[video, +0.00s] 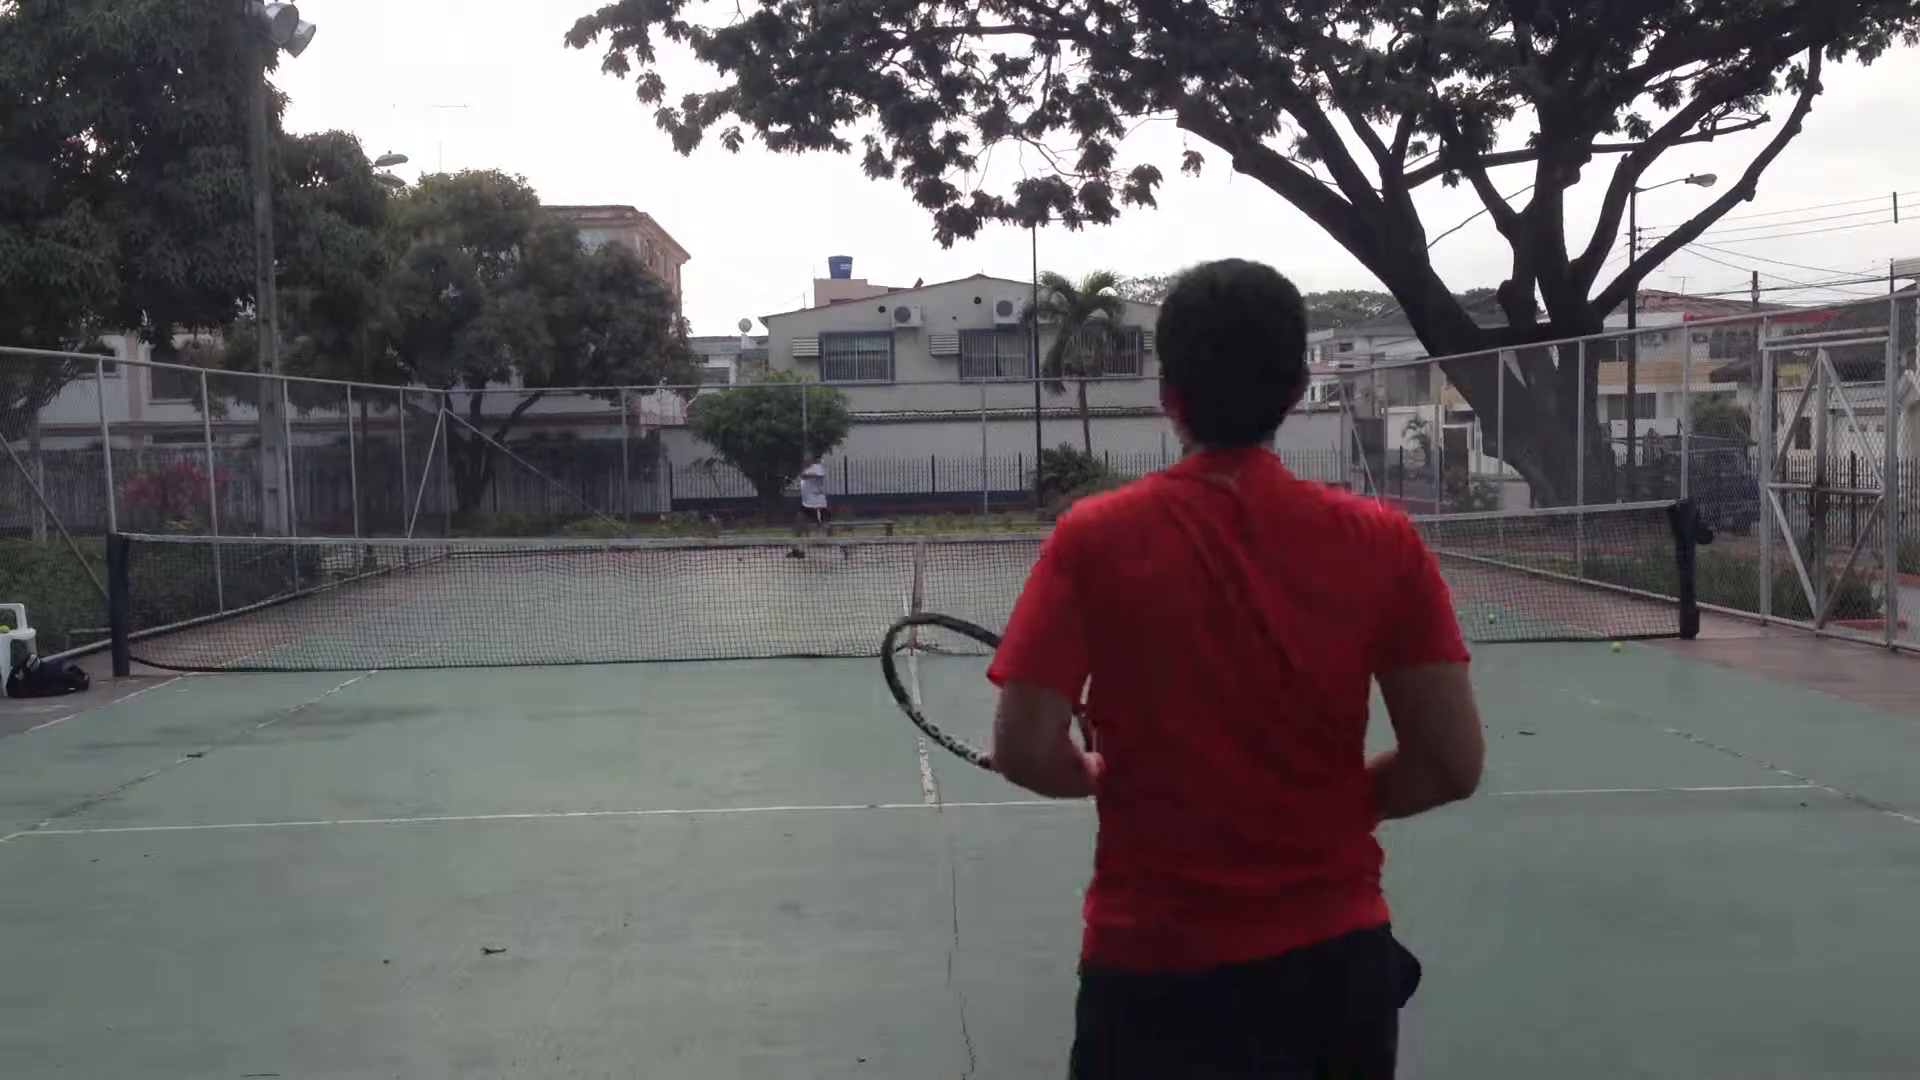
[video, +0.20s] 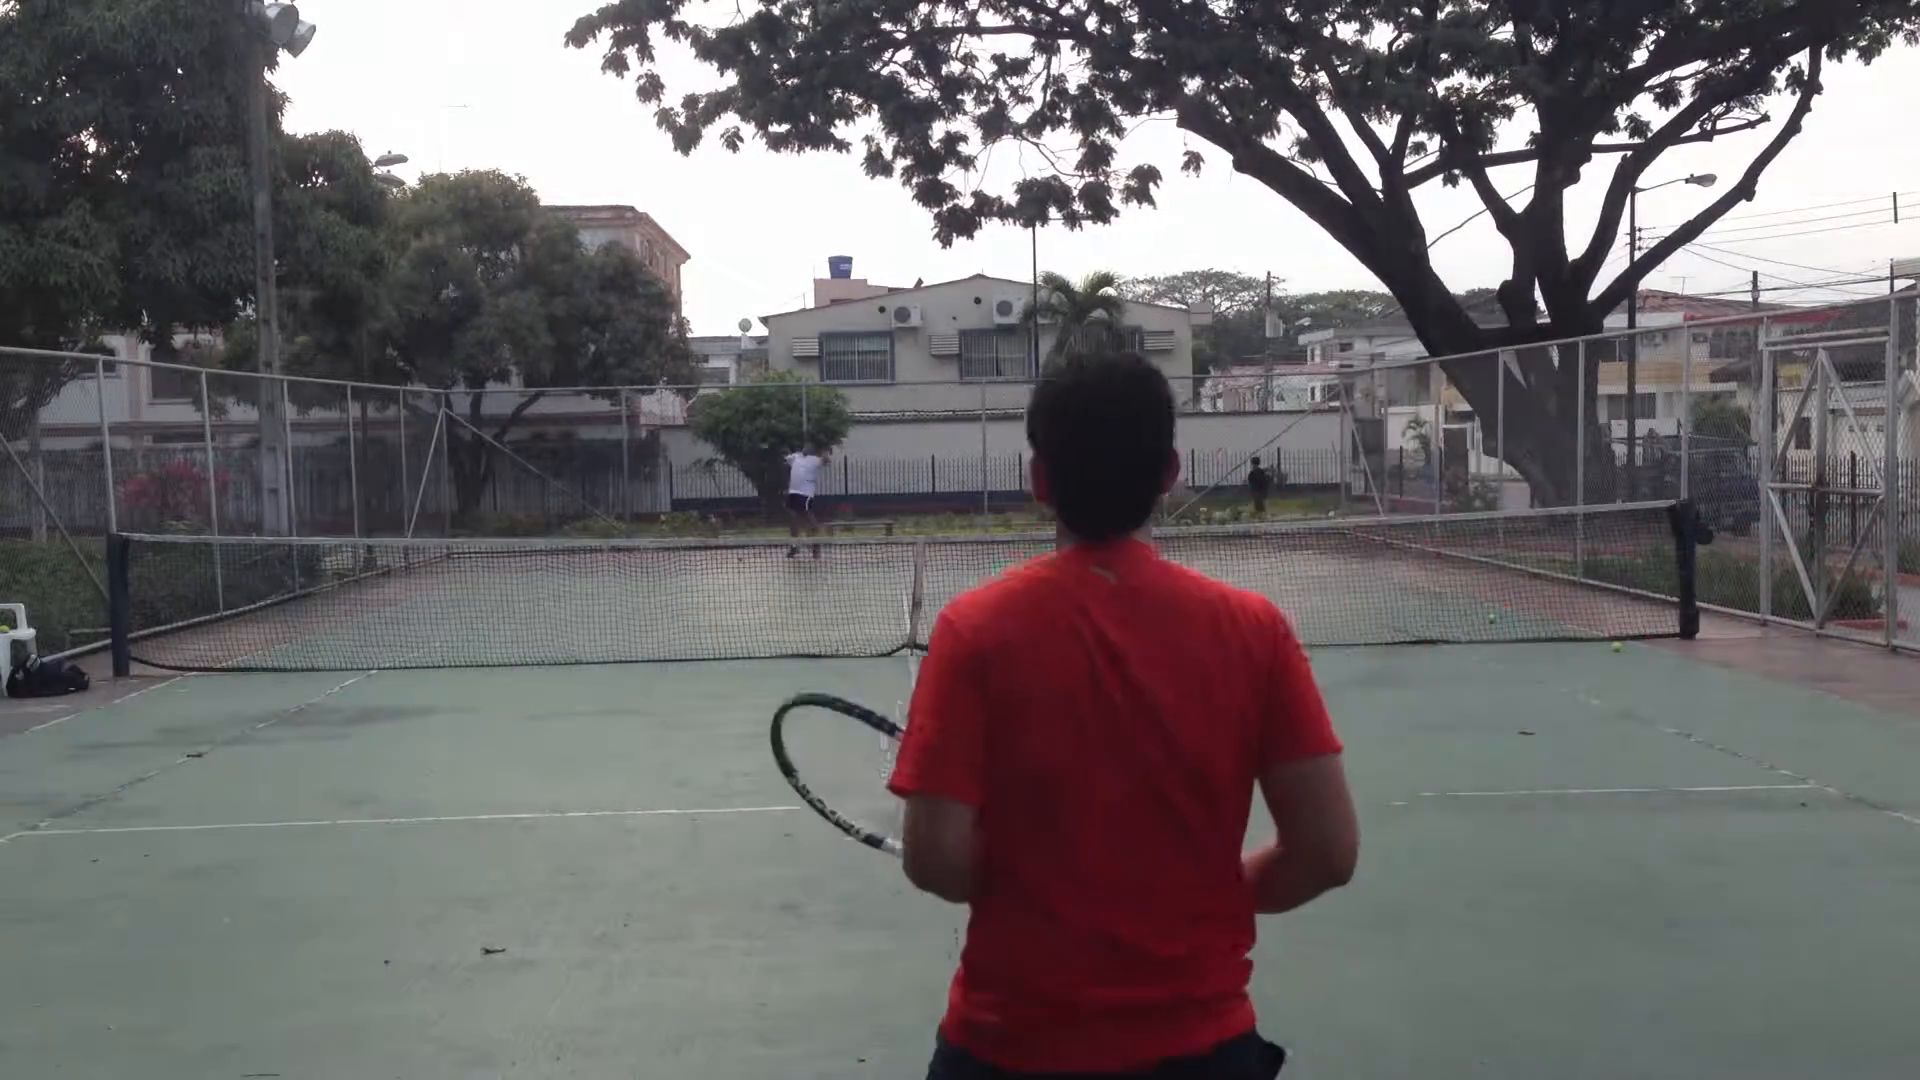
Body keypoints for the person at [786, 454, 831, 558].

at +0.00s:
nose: (805, 460)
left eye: (808, 457)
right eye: (804, 457)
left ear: (814, 458)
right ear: (804, 459)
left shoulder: (818, 467)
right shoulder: (805, 469)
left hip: (818, 504)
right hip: (806, 504)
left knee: (826, 530)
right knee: (798, 527)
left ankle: (842, 547)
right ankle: (798, 549)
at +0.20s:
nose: (807, 448)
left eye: (810, 447)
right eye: (806, 446)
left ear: (814, 450)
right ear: (803, 448)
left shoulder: (815, 459)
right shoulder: (796, 457)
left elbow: (826, 462)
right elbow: (784, 459)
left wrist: (824, 456)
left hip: (807, 493)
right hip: (793, 491)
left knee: (808, 519)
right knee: (792, 519)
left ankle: (815, 543)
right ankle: (794, 545)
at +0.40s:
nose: (798, 452)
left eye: (801, 451)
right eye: (798, 450)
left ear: (806, 454)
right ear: (795, 452)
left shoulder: (811, 465)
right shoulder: (789, 461)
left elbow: (824, 458)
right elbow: (783, 446)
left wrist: (822, 445)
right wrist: (801, 439)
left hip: (801, 498)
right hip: (786, 495)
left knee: (799, 523)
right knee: (787, 521)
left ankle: (801, 547)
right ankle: (784, 546)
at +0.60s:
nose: (804, 450)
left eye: (806, 448)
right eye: (801, 447)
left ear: (808, 450)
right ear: (794, 450)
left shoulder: (811, 464)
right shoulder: (789, 462)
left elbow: (823, 463)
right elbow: (788, 452)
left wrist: (824, 457)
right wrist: (797, 446)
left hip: (804, 496)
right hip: (788, 494)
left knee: (808, 521)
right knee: (787, 521)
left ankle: (808, 545)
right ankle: (786, 546)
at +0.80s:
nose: (800, 449)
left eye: (803, 447)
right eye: (799, 447)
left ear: (809, 451)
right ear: (798, 451)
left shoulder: (814, 466)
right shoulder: (794, 461)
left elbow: (827, 475)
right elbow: (801, 464)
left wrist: (825, 464)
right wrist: (812, 458)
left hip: (811, 499)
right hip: (796, 498)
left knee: (817, 522)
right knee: (792, 522)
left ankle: (818, 546)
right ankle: (787, 546)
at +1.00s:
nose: (817, 455)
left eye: (819, 453)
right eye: (815, 453)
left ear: (821, 454)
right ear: (810, 455)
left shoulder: (825, 468)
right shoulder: (806, 469)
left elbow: (831, 483)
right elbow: (805, 482)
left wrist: (831, 476)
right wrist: (823, 479)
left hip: (823, 500)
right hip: (809, 501)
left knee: (827, 525)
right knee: (802, 525)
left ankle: (820, 546)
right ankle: (791, 547)